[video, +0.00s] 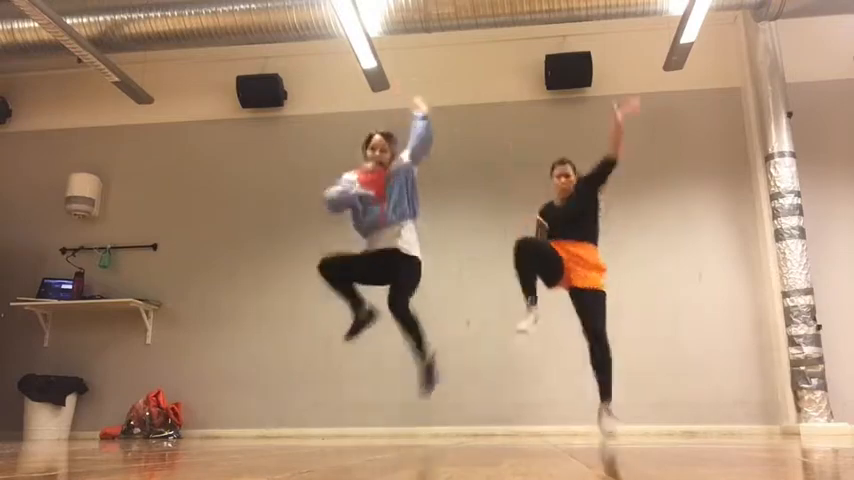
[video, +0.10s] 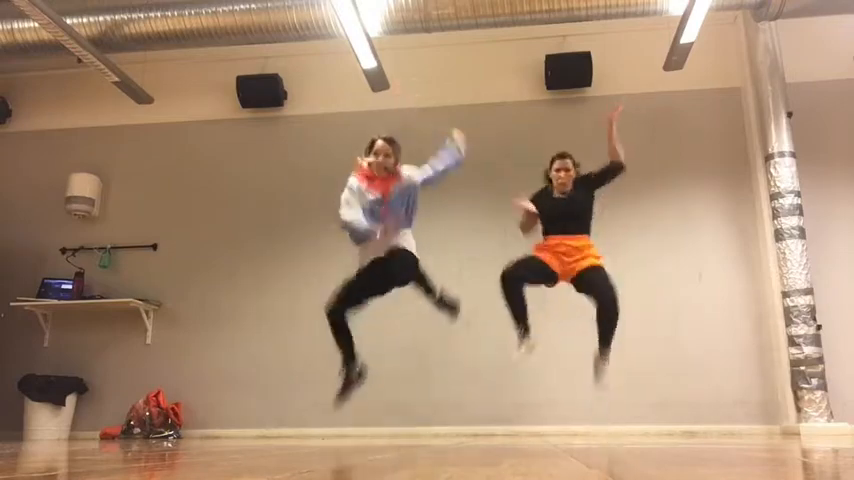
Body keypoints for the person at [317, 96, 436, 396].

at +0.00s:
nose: (379, 152)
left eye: (384, 148)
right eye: (373, 149)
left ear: (393, 152)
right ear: (366, 153)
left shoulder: (403, 169)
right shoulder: (355, 179)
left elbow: (419, 144)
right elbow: (331, 201)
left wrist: (421, 116)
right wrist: (357, 195)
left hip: (407, 257)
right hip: (376, 258)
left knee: (398, 303)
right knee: (329, 266)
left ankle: (425, 360)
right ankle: (362, 311)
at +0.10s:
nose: (380, 160)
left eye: (386, 155)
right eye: (376, 154)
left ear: (396, 159)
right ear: (368, 157)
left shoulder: (408, 178)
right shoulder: (358, 183)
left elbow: (435, 168)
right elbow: (348, 215)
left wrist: (455, 148)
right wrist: (368, 231)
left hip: (402, 258)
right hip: (372, 266)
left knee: (400, 257)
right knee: (335, 310)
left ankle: (439, 299)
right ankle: (352, 368)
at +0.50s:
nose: (398, 173)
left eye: (402, 168)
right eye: (392, 169)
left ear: (412, 172)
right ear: (385, 174)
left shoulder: (422, 201)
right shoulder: (374, 193)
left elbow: (434, 187)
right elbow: (355, 170)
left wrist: (429, 159)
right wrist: (366, 139)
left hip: (400, 286)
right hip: (367, 281)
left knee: (409, 353)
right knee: (338, 334)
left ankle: (407, 417)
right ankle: (310, 380)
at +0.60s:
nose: (392, 172)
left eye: (397, 168)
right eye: (387, 168)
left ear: (407, 171)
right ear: (380, 173)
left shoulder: (421, 196)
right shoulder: (370, 198)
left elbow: (442, 177)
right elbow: (352, 186)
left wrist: (452, 144)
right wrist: (347, 167)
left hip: (404, 292)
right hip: (370, 285)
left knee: (425, 349)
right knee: (317, 296)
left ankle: (416, 411)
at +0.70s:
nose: (384, 175)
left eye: (389, 170)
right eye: (379, 171)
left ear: (401, 174)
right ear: (374, 177)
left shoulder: (417, 204)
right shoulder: (371, 212)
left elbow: (446, 210)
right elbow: (358, 235)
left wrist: (466, 189)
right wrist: (340, 235)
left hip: (407, 290)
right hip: (377, 285)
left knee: (413, 356)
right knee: (326, 275)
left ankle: (423, 416)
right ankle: (357, 317)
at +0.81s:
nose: (378, 181)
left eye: (385, 176)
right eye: (374, 176)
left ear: (397, 179)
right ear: (370, 180)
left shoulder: (411, 208)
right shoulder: (375, 216)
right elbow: (365, 250)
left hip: (412, 297)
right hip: (382, 294)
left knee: (411, 357)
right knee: (332, 302)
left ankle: (431, 416)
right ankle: (359, 353)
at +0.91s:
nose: (376, 192)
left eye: (382, 186)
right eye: (372, 187)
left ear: (395, 187)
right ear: (367, 188)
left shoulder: (406, 216)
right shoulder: (367, 221)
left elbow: (410, 252)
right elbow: (359, 258)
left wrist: (422, 279)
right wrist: (362, 288)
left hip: (407, 297)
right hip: (375, 301)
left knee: (410, 353)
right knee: (362, 360)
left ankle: (438, 408)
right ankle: (367, 415)